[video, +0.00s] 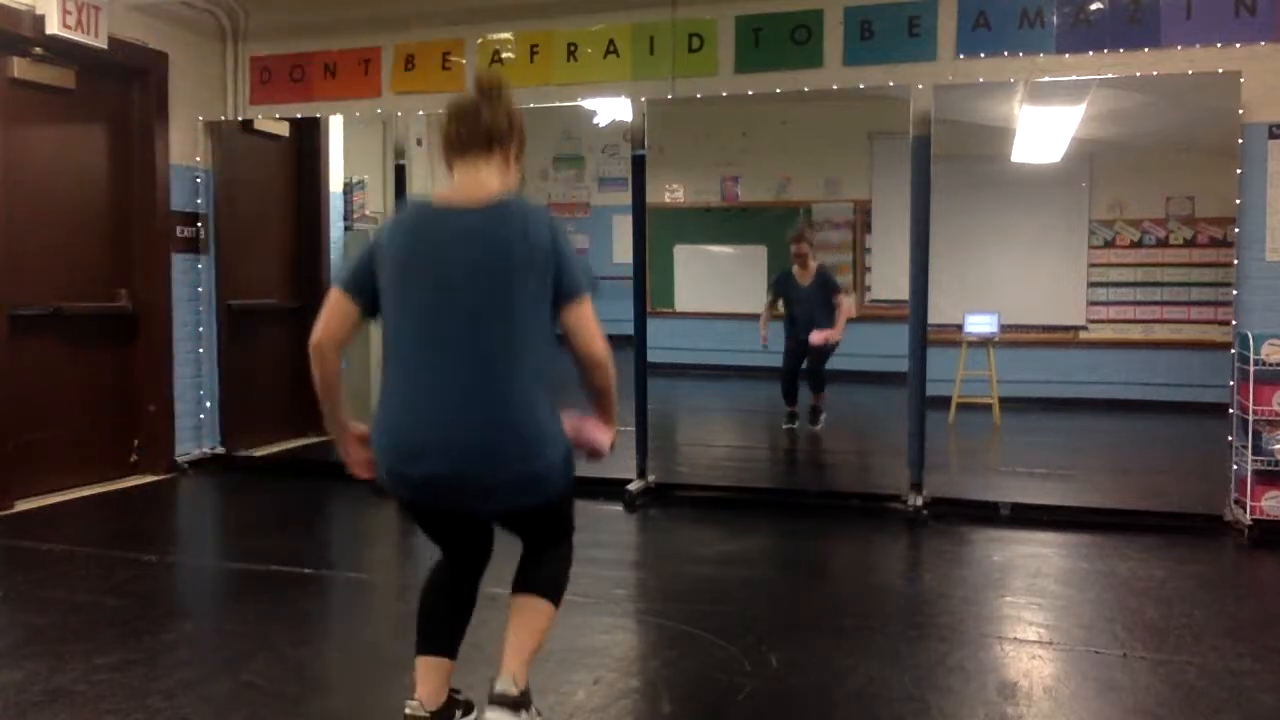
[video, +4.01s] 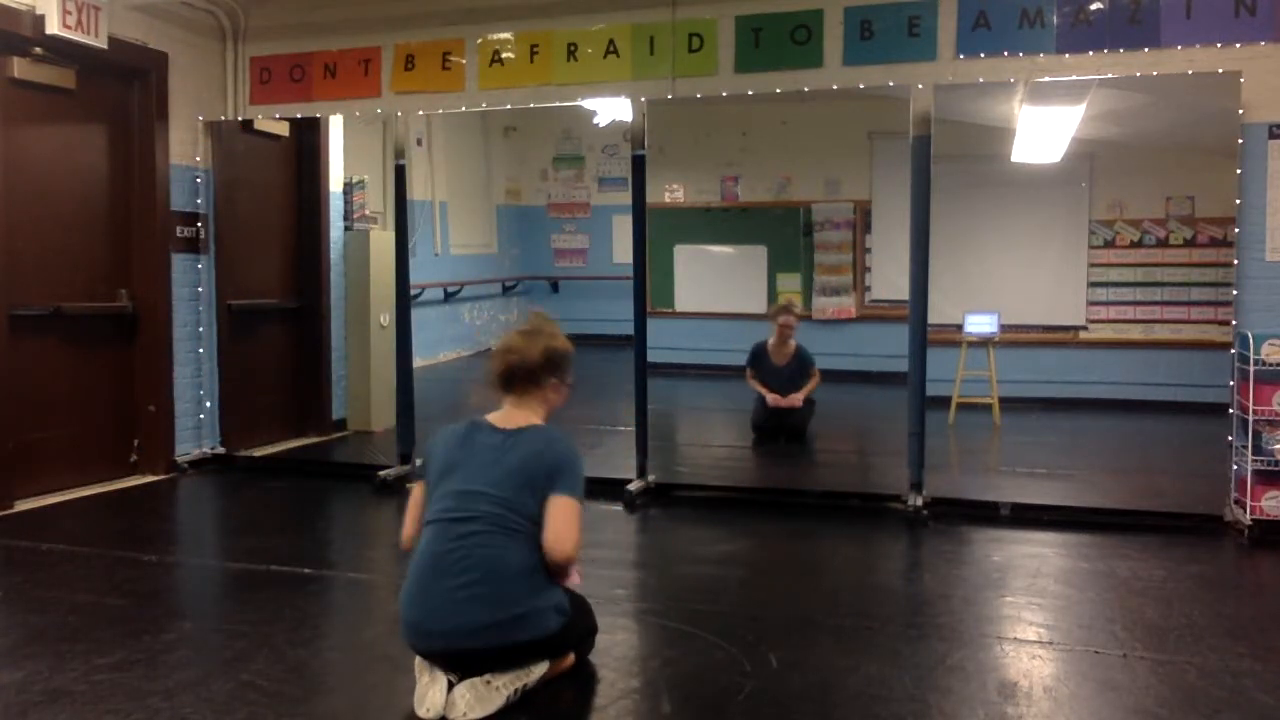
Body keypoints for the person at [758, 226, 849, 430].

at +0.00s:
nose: (799, 260)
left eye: (803, 255)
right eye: (796, 256)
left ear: (811, 253)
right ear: (790, 254)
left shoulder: (823, 276)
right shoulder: (785, 279)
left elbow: (843, 303)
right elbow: (770, 304)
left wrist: (837, 331)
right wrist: (763, 328)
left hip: (821, 335)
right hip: (796, 336)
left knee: (814, 370)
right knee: (788, 374)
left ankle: (817, 407)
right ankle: (792, 411)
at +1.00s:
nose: (792, 308)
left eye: (797, 304)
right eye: (788, 304)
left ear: (802, 309)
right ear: (781, 307)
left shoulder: (807, 342)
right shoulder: (767, 335)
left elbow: (815, 376)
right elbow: (760, 371)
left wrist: (795, 404)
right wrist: (768, 406)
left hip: (795, 409)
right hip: (769, 407)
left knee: (794, 457)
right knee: (766, 456)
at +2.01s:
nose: (787, 333)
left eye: (791, 328)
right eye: (782, 329)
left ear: (797, 332)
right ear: (775, 333)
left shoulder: (807, 358)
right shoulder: (766, 359)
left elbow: (813, 396)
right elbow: (773, 397)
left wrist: (813, 430)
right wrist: (787, 432)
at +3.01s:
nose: (741, 384)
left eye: (742, 379)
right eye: (739, 381)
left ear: (752, 372)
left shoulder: (781, 382)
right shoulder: (749, 387)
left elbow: (764, 419)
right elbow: (731, 415)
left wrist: (735, 439)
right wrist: (713, 435)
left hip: (803, 400)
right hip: (776, 403)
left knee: (794, 440)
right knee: (762, 442)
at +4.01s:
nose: (786, 332)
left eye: (790, 328)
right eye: (782, 327)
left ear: (795, 329)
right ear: (774, 325)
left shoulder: (801, 353)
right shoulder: (759, 350)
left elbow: (815, 377)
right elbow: (750, 377)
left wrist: (800, 395)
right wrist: (767, 395)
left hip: (794, 406)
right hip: (768, 404)